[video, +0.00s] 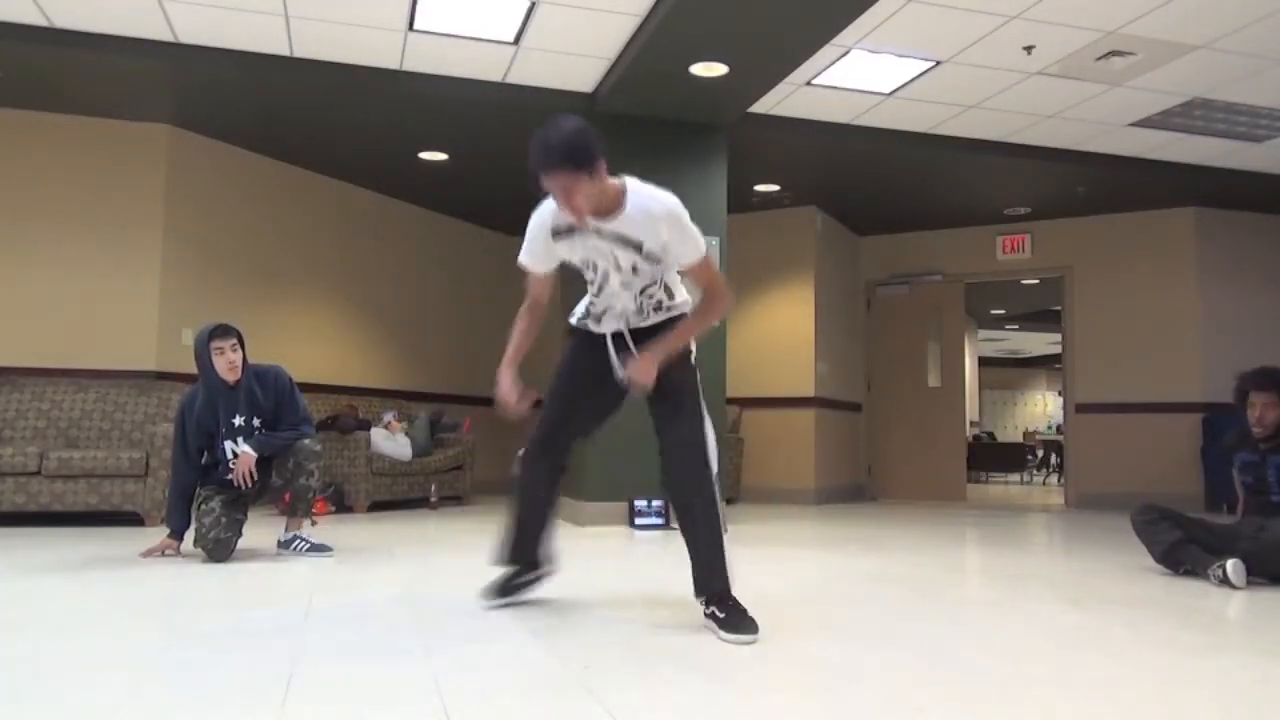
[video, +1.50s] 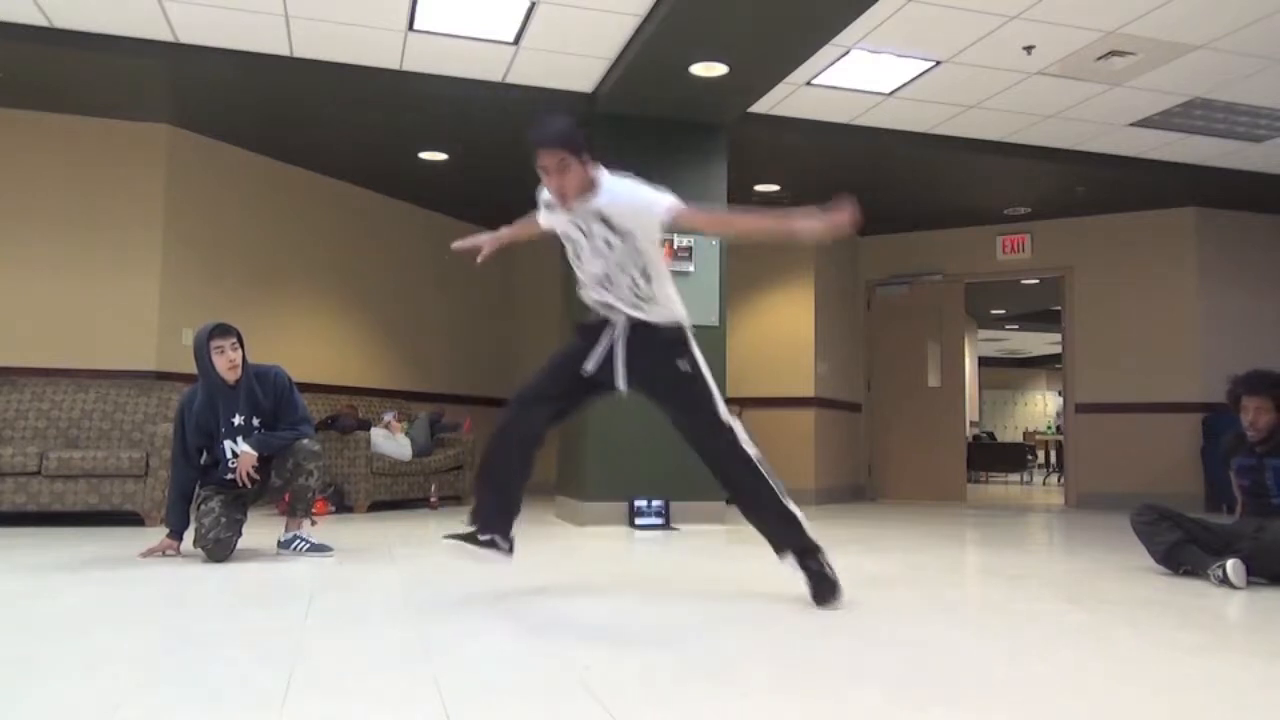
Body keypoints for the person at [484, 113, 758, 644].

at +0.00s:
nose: (563, 203)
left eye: (570, 189)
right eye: (554, 192)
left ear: (598, 173)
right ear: (545, 184)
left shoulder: (659, 213)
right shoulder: (548, 221)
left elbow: (718, 295)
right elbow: (536, 302)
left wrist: (658, 353)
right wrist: (508, 368)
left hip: (666, 331)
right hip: (599, 335)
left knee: (689, 462)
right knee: (545, 442)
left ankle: (716, 594)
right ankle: (527, 561)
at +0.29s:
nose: (509, 169)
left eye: (515, 155)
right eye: (501, 159)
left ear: (545, 148)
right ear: (502, 161)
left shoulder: (590, 204)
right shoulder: (532, 214)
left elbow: (662, 258)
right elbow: (580, 277)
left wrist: (622, 334)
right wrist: (566, 328)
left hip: (622, 345)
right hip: (584, 349)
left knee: (630, 457)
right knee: (580, 468)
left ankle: (694, 577)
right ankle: (637, 561)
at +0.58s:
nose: (480, 122)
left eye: (486, 109)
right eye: (474, 113)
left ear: (516, 104)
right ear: (477, 117)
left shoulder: (550, 158)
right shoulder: (498, 173)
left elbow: (611, 225)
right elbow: (522, 249)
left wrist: (554, 288)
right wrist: (515, 311)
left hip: (559, 309)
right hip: (530, 312)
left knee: (519, 428)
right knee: (552, 436)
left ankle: (488, 559)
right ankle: (607, 534)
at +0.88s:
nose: (462, 146)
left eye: (469, 134)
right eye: (455, 138)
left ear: (496, 129)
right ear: (452, 142)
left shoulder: (523, 182)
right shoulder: (479, 193)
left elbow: (550, 262)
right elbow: (493, 270)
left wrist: (478, 298)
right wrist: (452, 298)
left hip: (538, 315)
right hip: (507, 315)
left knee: (489, 430)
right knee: (470, 428)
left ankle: (461, 561)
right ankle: (527, 525)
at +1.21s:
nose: (489, 175)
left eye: (496, 162)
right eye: (480, 166)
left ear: (518, 160)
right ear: (472, 171)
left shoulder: (552, 208)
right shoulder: (487, 227)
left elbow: (598, 287)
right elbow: (507, 303)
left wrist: (645, 348)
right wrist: (482, 364)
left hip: (582, 350)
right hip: (534, 357)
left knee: (597, 455)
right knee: (502, 454)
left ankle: (695, 526)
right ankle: (519, 561)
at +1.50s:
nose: (551, 179)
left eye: (559, 169)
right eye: (544, 171)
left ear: (585, 163)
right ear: (541, 172)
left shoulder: (624, 197)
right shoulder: (554, 201)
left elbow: (710, 221)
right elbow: (540, 224)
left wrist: (805, 223)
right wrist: (495, 239)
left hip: (660, 336)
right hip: (602, 335)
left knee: (721, 445)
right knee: (527, 412)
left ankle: (806, 555)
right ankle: (492, 526)